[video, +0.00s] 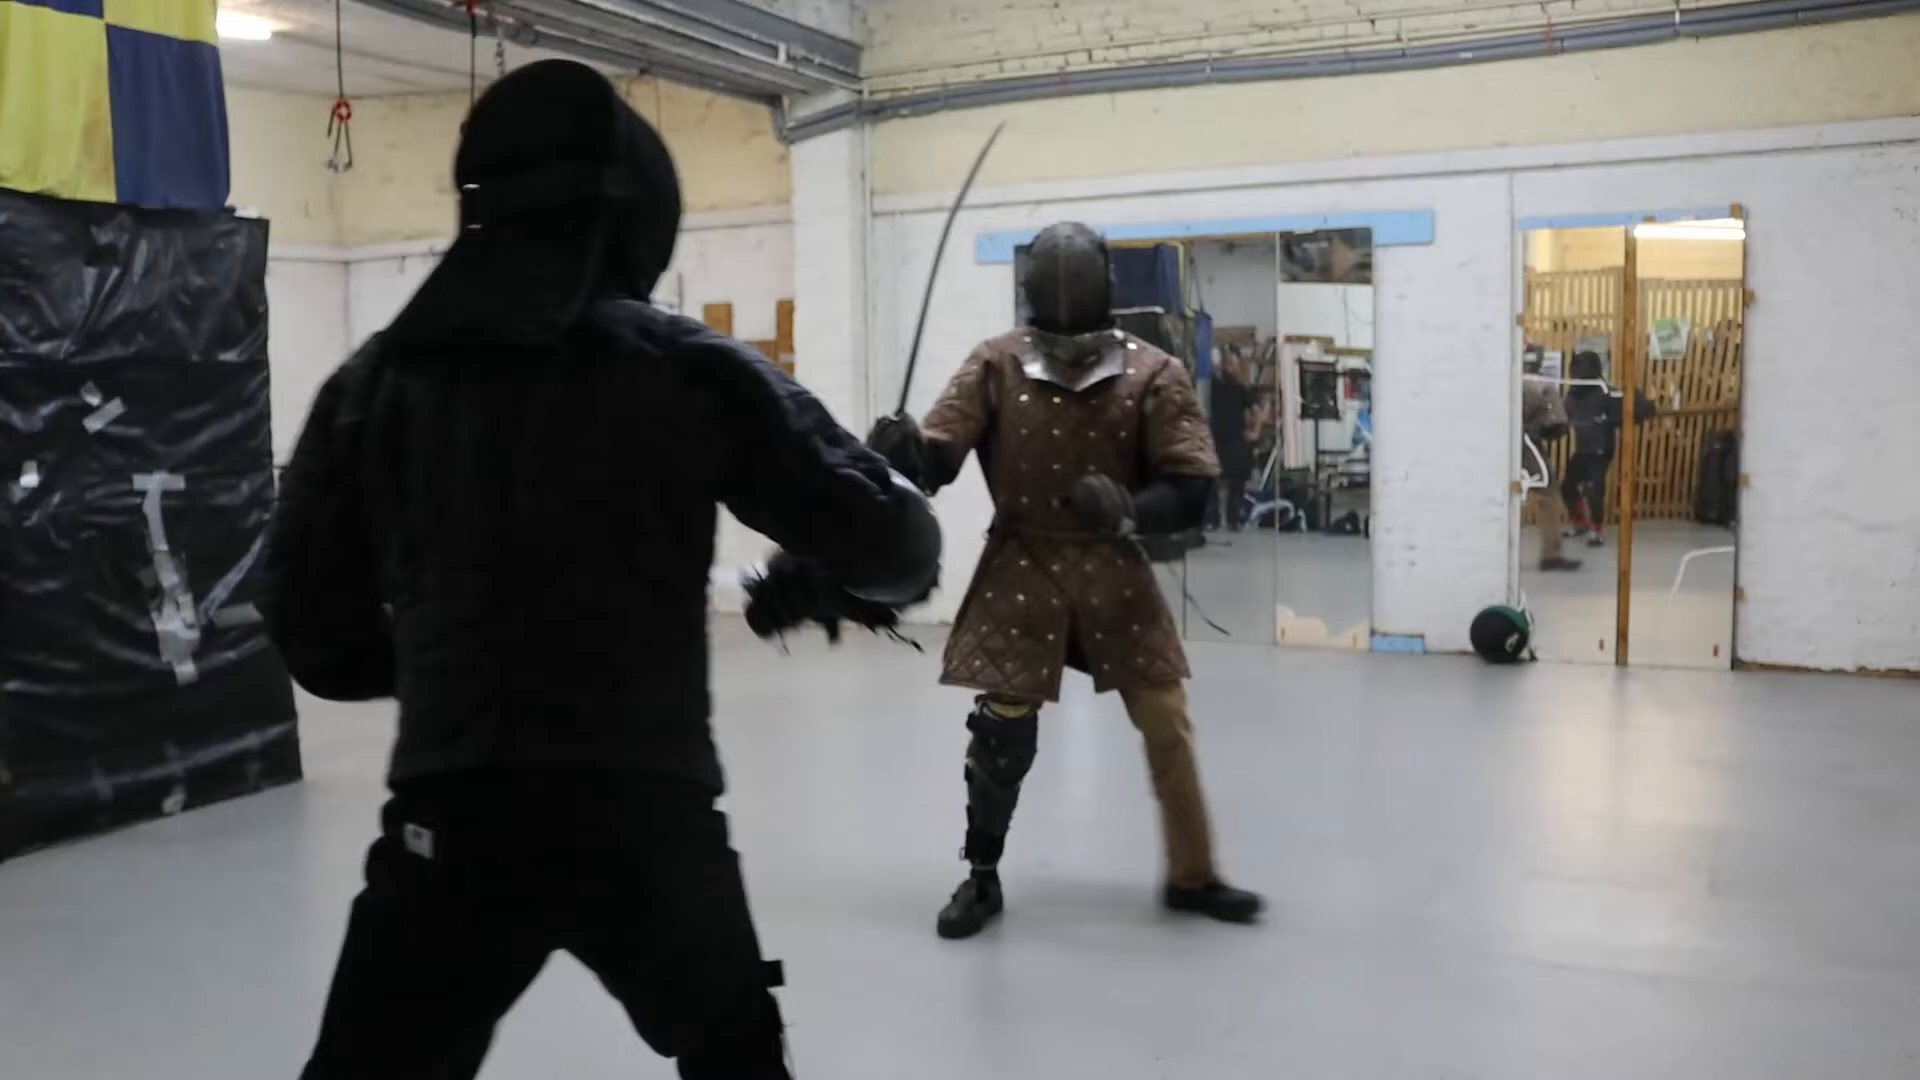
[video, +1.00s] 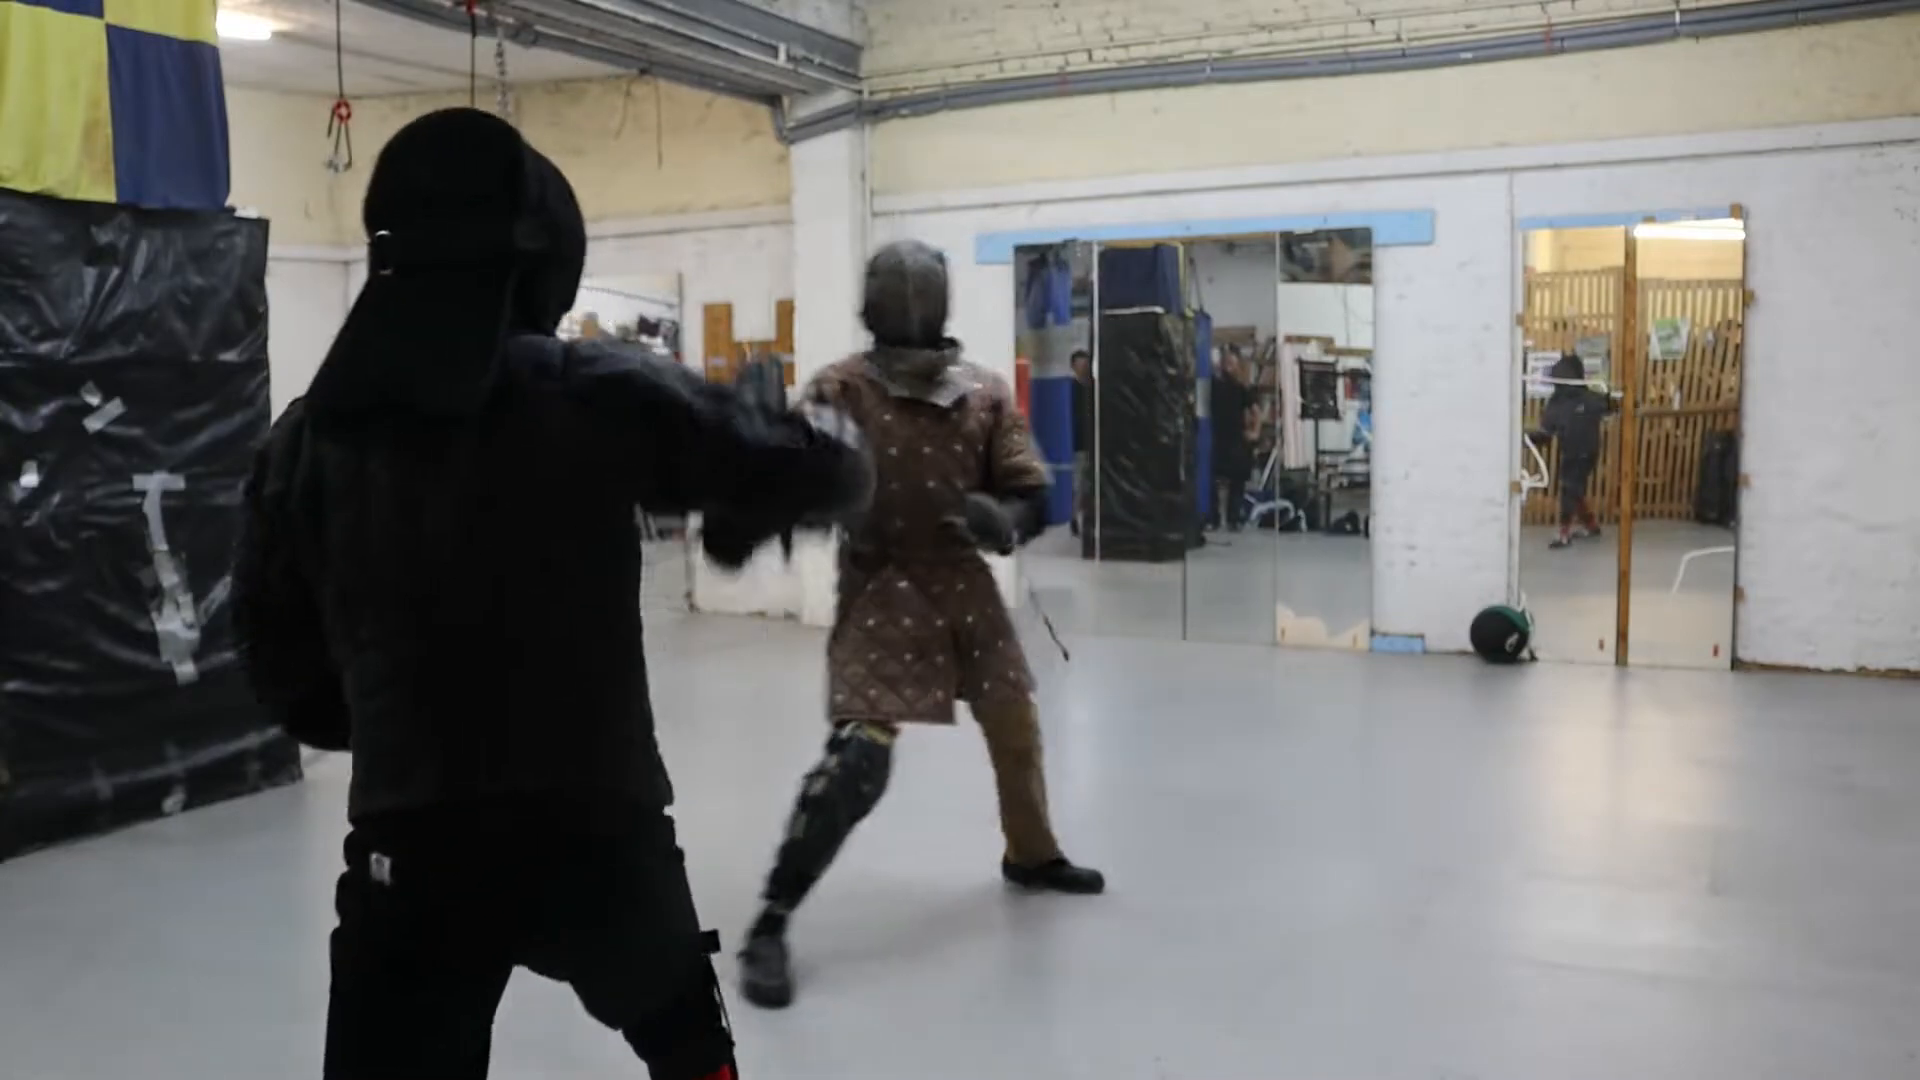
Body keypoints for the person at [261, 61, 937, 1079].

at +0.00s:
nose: (666, 236)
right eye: (657, 209)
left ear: (478, 208)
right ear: (631, 211)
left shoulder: (376, 384)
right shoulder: (684, 371)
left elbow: (317, 645)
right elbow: (901, 548)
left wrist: (457, 638)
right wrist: (812, 576)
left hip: (448, 842)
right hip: (649, 837)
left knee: (355, 1072)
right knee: (738, 1060)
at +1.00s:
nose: (570, 277)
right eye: (558, 247)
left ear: (389, 252)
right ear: (533, 254)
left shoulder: (311, 434)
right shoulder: (595, 396)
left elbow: (289, 683)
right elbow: (821, 473)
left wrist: (400, 717)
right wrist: (738, 505)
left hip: (415, 862)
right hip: (601, 850)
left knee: (382, 1072)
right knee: (690, 1049)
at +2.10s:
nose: (819, 302)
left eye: (826, 276)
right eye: (820, 276)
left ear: (863, 277)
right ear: (979, 264)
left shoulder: (855, 418)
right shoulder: (1049, 404)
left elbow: (792, 625)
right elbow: (1125, 592)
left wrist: (728, 677)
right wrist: (1020, 647)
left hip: (982, 800)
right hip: (1092, 781)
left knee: (1046, 1045)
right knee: (912, 938)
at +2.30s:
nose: (881, 293)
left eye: (886, 267)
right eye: (878, 268)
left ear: (923, 262)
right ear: (1042, 244)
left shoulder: (927, 413)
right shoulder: (1129, 385)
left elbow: (885, 674)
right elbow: (1220, 551)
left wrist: (785, 643)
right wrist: (1111, 620)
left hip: (1063, 791)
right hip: (1165, 769)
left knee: (1083, 1053)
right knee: (989, 931)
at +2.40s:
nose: (903, 275)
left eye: (910, 247)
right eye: (904, 247)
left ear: (945, 248)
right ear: (1066, 232)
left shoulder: (944, 391)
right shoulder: (1153, 376)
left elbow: (872, 631)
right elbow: (1217, 556)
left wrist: (796, 578)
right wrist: (1108, 610)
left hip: (1063, 771)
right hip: (1171, 750)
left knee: (1109, 1045)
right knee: (1000, 932)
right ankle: (1049, 1065)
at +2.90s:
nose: (937, 252)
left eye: (945, 228)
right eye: (939, 229)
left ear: (976, 234)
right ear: (1101, 231)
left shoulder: (944, 368)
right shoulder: (1163, 374)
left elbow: (867, 596)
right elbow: (1206, 520)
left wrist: (856, 521)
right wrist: (1102, 509)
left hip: (1047, 746)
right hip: (1168, 734)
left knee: (1043, 1034)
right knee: (1061, 1013)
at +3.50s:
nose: (919, 256)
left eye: (924, 227)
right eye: (917, 229)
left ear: (957, 224)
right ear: (1107, 213)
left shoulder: (941, 386)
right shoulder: (1193, 390)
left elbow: (829, 624)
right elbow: (1226, 585)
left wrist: (795, 533)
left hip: (1057, 824)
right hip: (1189, 803)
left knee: (1005, 1061)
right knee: (1059, 1048)